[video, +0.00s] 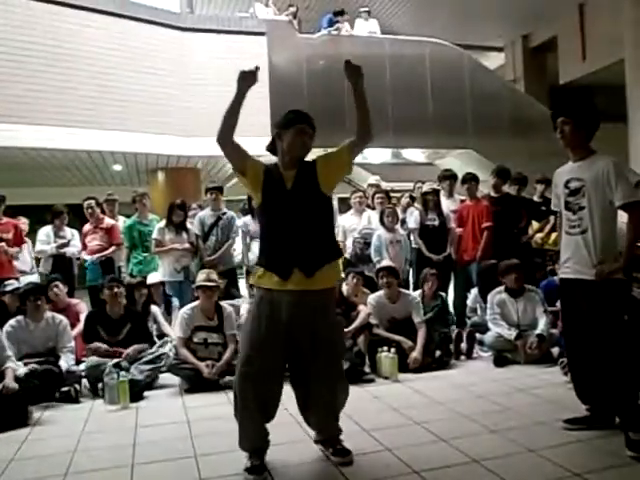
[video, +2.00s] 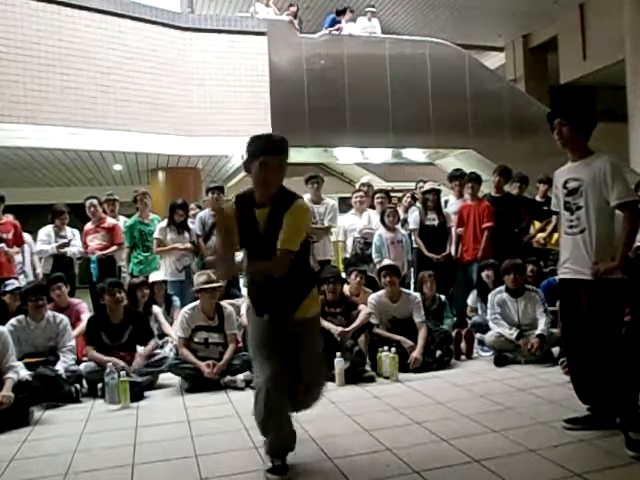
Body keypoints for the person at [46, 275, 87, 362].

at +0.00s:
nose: (54, 291)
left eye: (56, 286)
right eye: (50, 289)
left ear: (65, 288)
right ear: (48, 294)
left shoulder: (78, 304)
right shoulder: (49, 310)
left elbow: (82, 322)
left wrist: (71, 335)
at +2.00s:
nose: (57, 293)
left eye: (59, 288)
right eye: (53, 290)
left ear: (67, 288)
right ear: (50, 294)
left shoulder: (79, 305)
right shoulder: (48, 310)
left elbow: (85, 321)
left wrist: (71, 335)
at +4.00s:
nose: (65, 293)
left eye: (67, 289)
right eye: (60, 291)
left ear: (73, 291)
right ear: (56, 296)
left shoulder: (84, 307)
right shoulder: (54, 311)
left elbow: (90, 325)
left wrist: (75, 338)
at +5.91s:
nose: (66, 292)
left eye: (69, 288)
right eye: (62, 290)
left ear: (74, 291)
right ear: (57, 295)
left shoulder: (84, 307)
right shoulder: (53, 312)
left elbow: (90, 325)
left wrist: (74, 338)